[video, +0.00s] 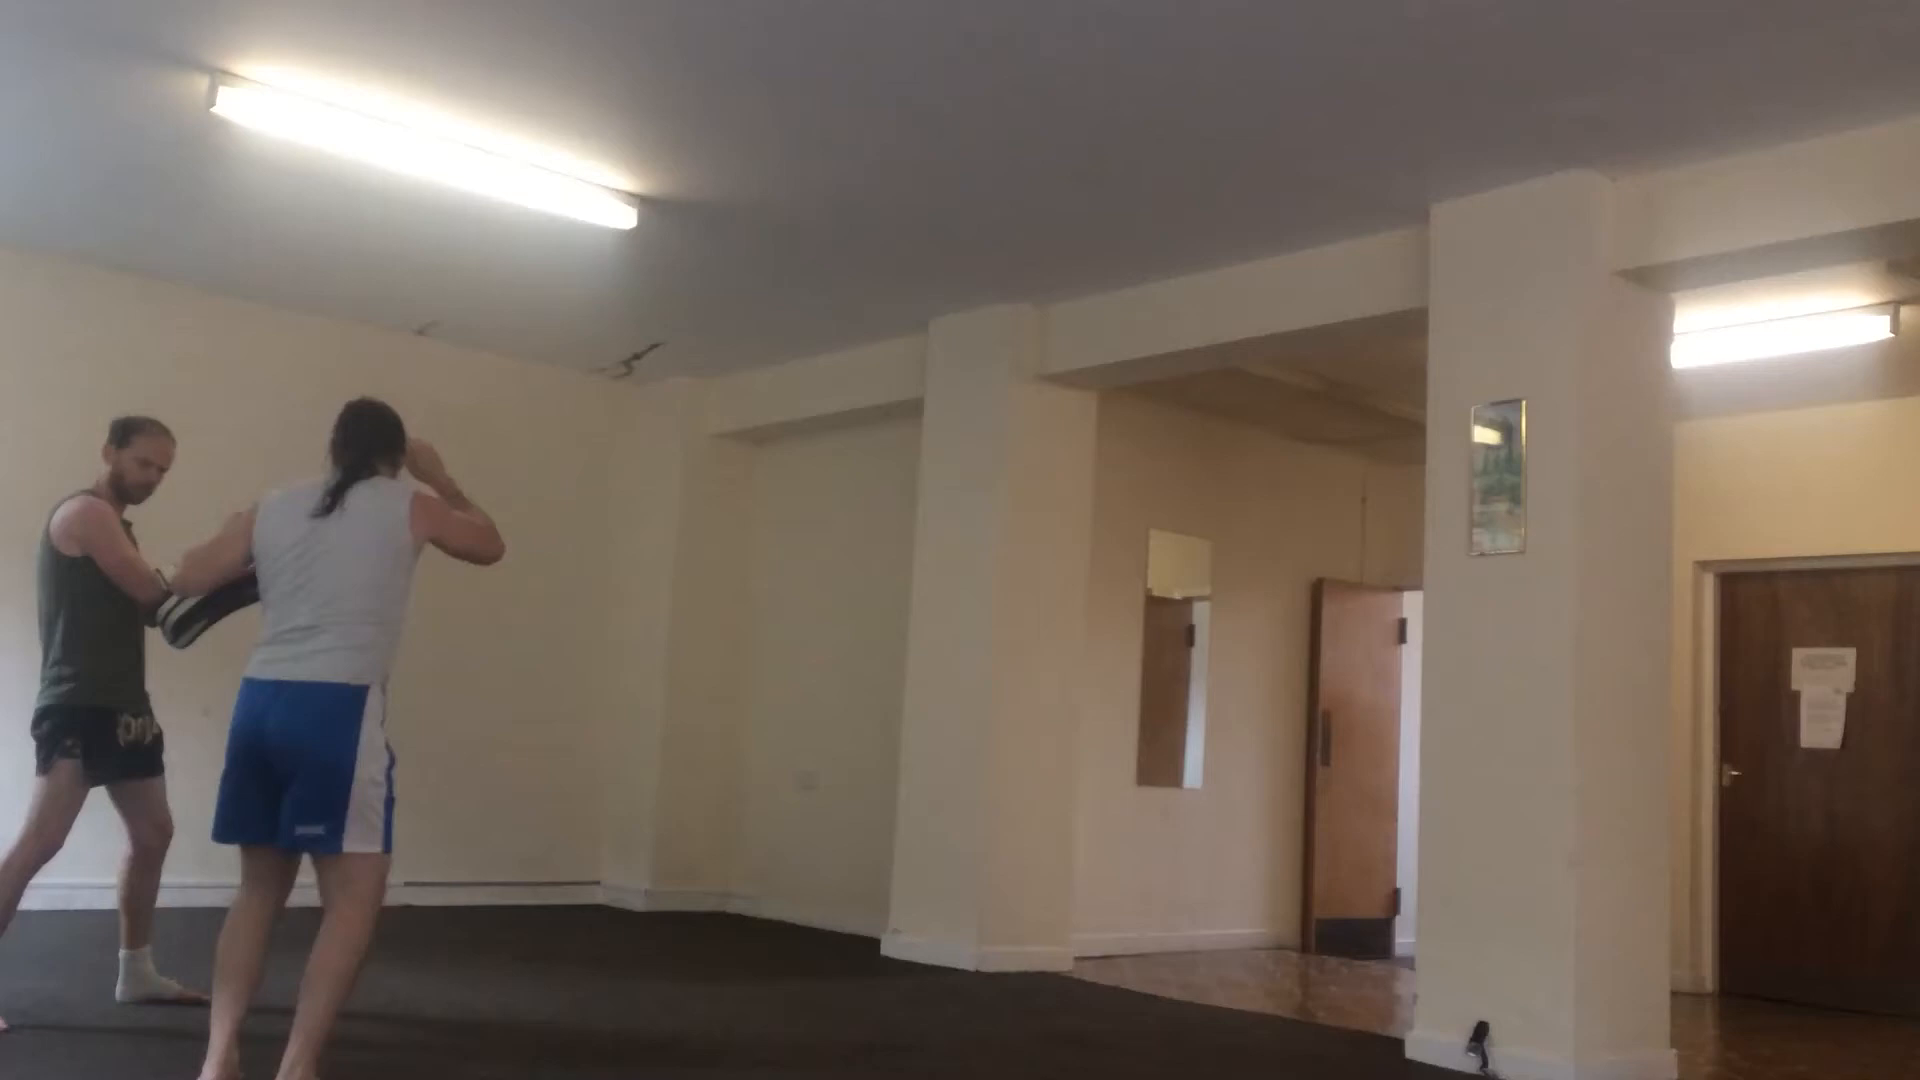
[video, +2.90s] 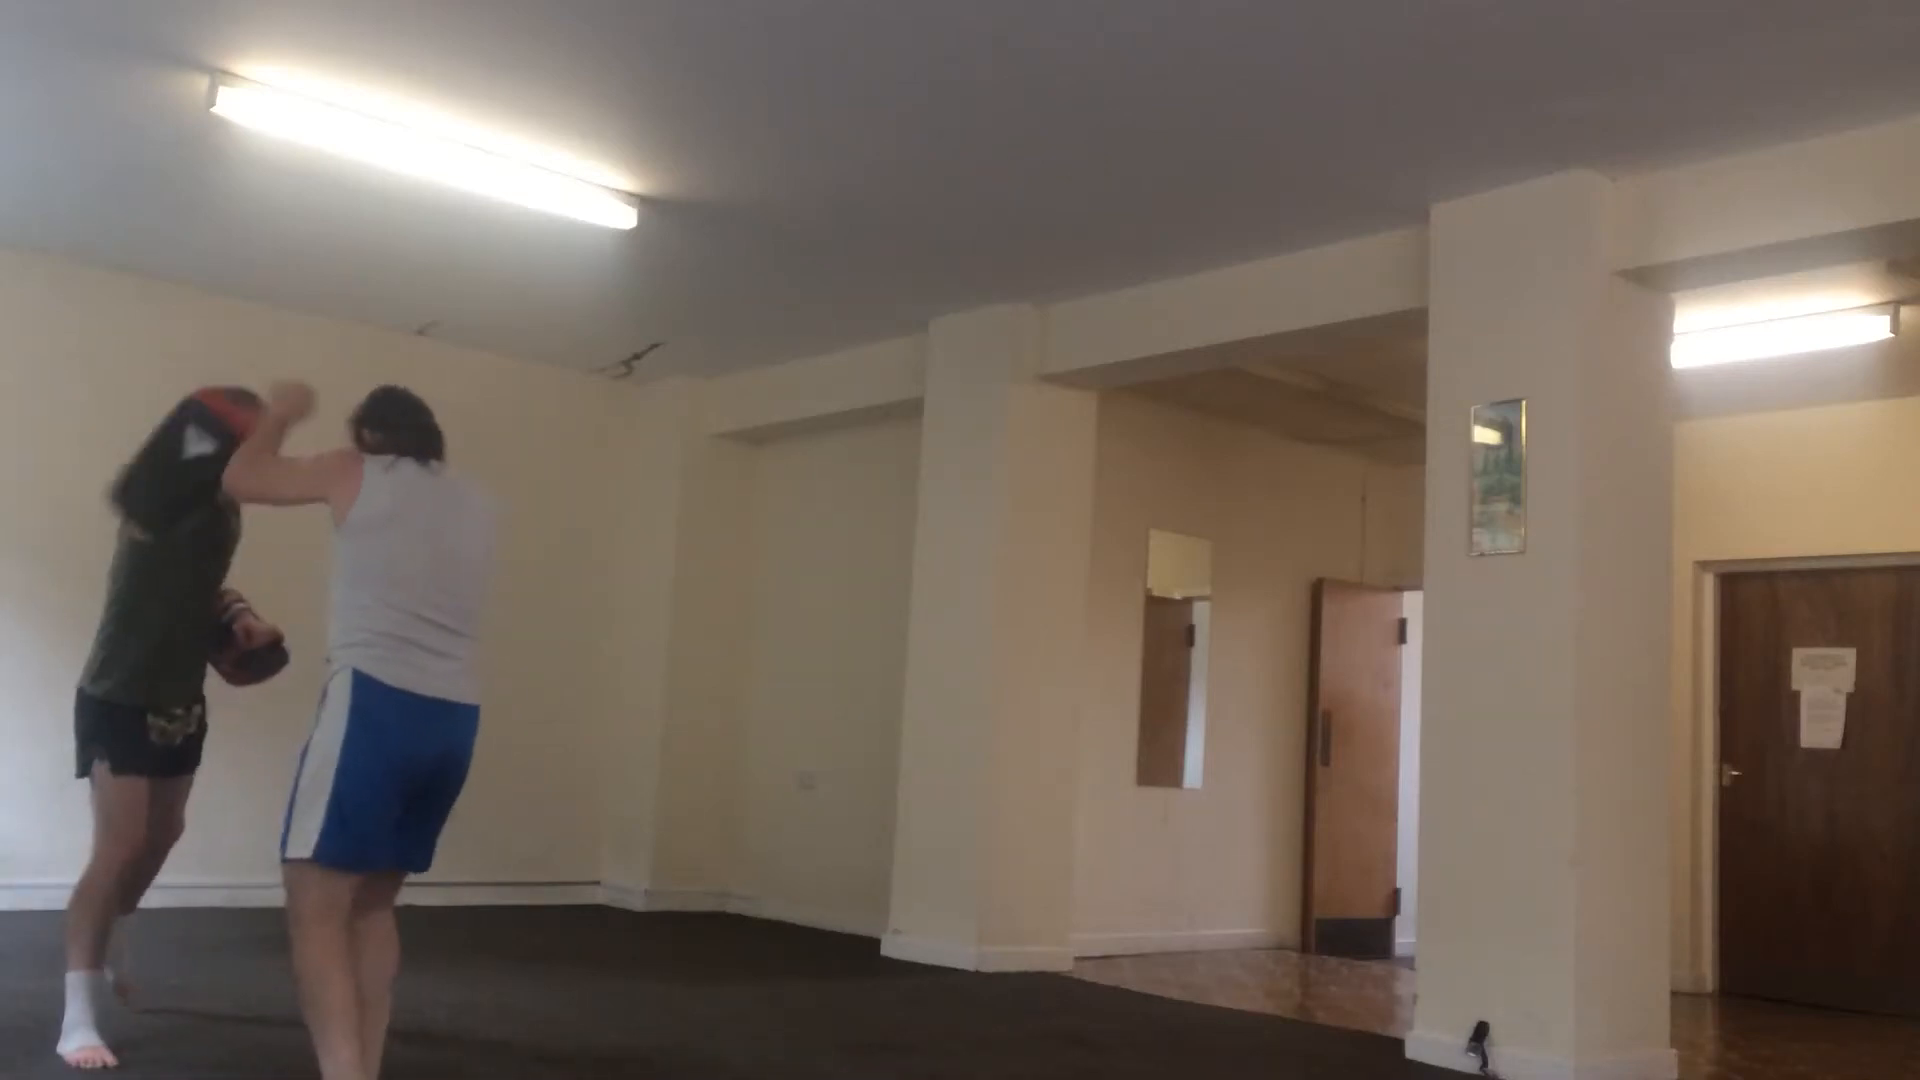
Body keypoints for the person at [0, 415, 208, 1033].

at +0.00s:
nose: (153, 478)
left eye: (161, 470)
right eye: (146, 464)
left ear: (156, 471)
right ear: (110, 454)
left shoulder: (114, 523)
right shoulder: (83, 514)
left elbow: (145, 605)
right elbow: (149, 593)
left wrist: (179, 590)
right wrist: (176, 580)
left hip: (125, 709)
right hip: (77, 708)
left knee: (153, 833)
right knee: (37, 842)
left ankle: (137, 973)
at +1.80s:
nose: (157, 483)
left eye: (168, 476)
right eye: (151, 470)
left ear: (169, 477)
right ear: (118, 459)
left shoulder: (156, 518)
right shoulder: (65, 501)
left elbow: (194, 539)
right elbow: (69, 550)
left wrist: (205, 493)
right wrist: (112, 506)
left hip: (137, 699)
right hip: (67, 695)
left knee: (128, 843)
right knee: (20, 841)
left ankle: (103, 971)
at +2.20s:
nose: (185, 478)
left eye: (196, 469)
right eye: (176, 466)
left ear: (206, 469)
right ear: (152, 457)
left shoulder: (207, 524)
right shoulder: (120, 510)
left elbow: (276, 577)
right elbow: (56, 547)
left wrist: (257, 509)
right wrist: (91, 467)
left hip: (165, 698)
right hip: (95, 687)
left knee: (138, 843)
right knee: (79, 826)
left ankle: (103, 974)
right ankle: (37, 978)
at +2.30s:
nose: (191, 477)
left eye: (203, 469)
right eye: (183, 464)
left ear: (213, 472)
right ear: (156, 457)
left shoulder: (215, 539)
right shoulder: (119, 517)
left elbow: (272, 625)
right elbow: (47, 574)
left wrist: (263, 568)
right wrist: (74, 512)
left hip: (169, 703)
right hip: (100, 691)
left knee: (139, 845)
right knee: (91, 826)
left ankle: (102, 973)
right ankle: (62, 981)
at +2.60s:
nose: (256, 488)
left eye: (266, 479)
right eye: (247, 473)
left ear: (270, 486)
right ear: (214, 468)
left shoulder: (236, 547)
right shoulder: (160, 516)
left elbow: (201, 624)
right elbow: (69, 527)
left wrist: (234, 658)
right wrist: (30, 519)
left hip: (180, 718)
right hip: (119, 709)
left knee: (142, 856)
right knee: (109, 849)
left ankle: (103, 967)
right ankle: (72, 1004)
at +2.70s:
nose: (266, 479)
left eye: (272, 469)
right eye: (257, 465)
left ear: (266, 474)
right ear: (225, 461)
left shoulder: (227, 540)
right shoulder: (186, 509)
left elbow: (193, 615)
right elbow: (150, 498)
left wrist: (226, 650)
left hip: (171, 712)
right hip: (115, 705)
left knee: (155, 849)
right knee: (121, 850)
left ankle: (111, 954)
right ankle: (77, 1013)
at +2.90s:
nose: (250, 467)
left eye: (254, 453)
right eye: (241, 450)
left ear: (239, 451)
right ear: (202, 441)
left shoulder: (219, 512)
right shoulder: (158, 499)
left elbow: (199, 587)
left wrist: (236, 615)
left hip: (180, 699)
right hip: (121, 698)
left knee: (160, 836)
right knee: (116, 850)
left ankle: (101, 939)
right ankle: (75, 1017)